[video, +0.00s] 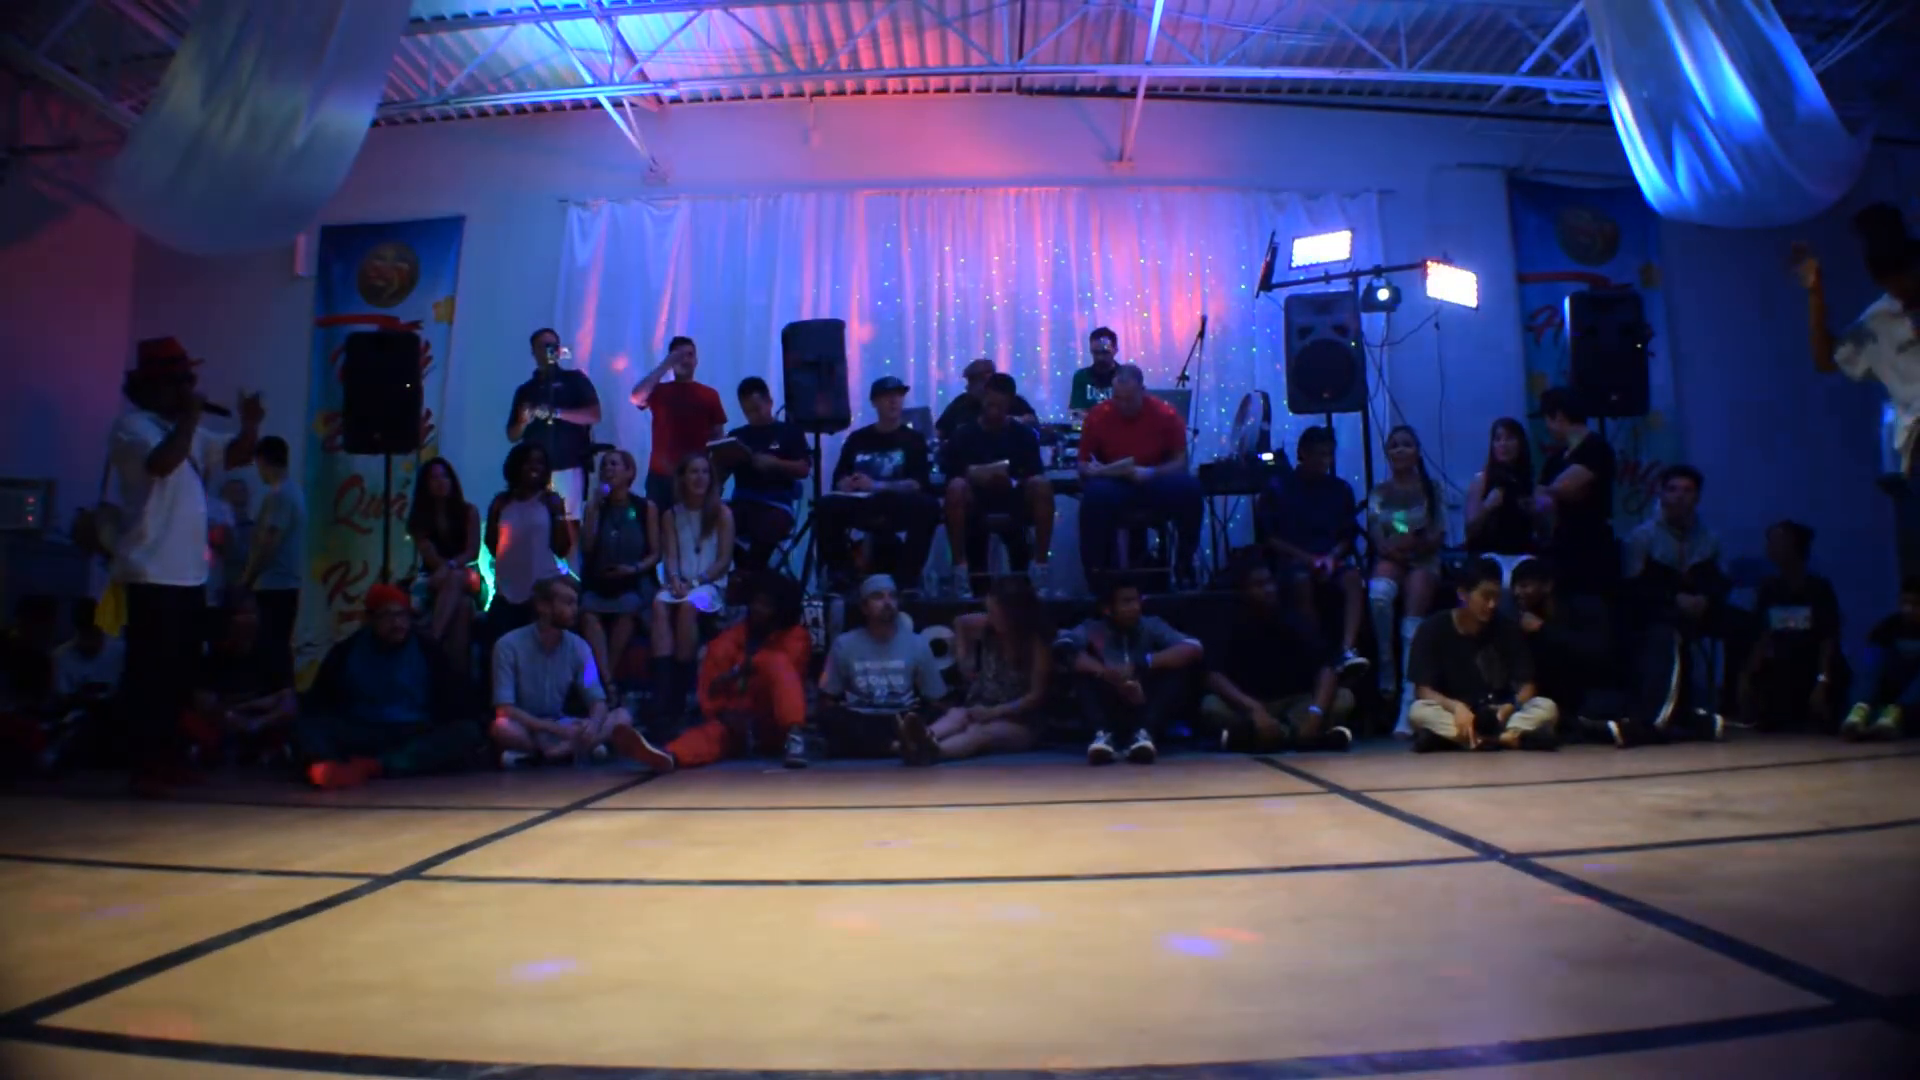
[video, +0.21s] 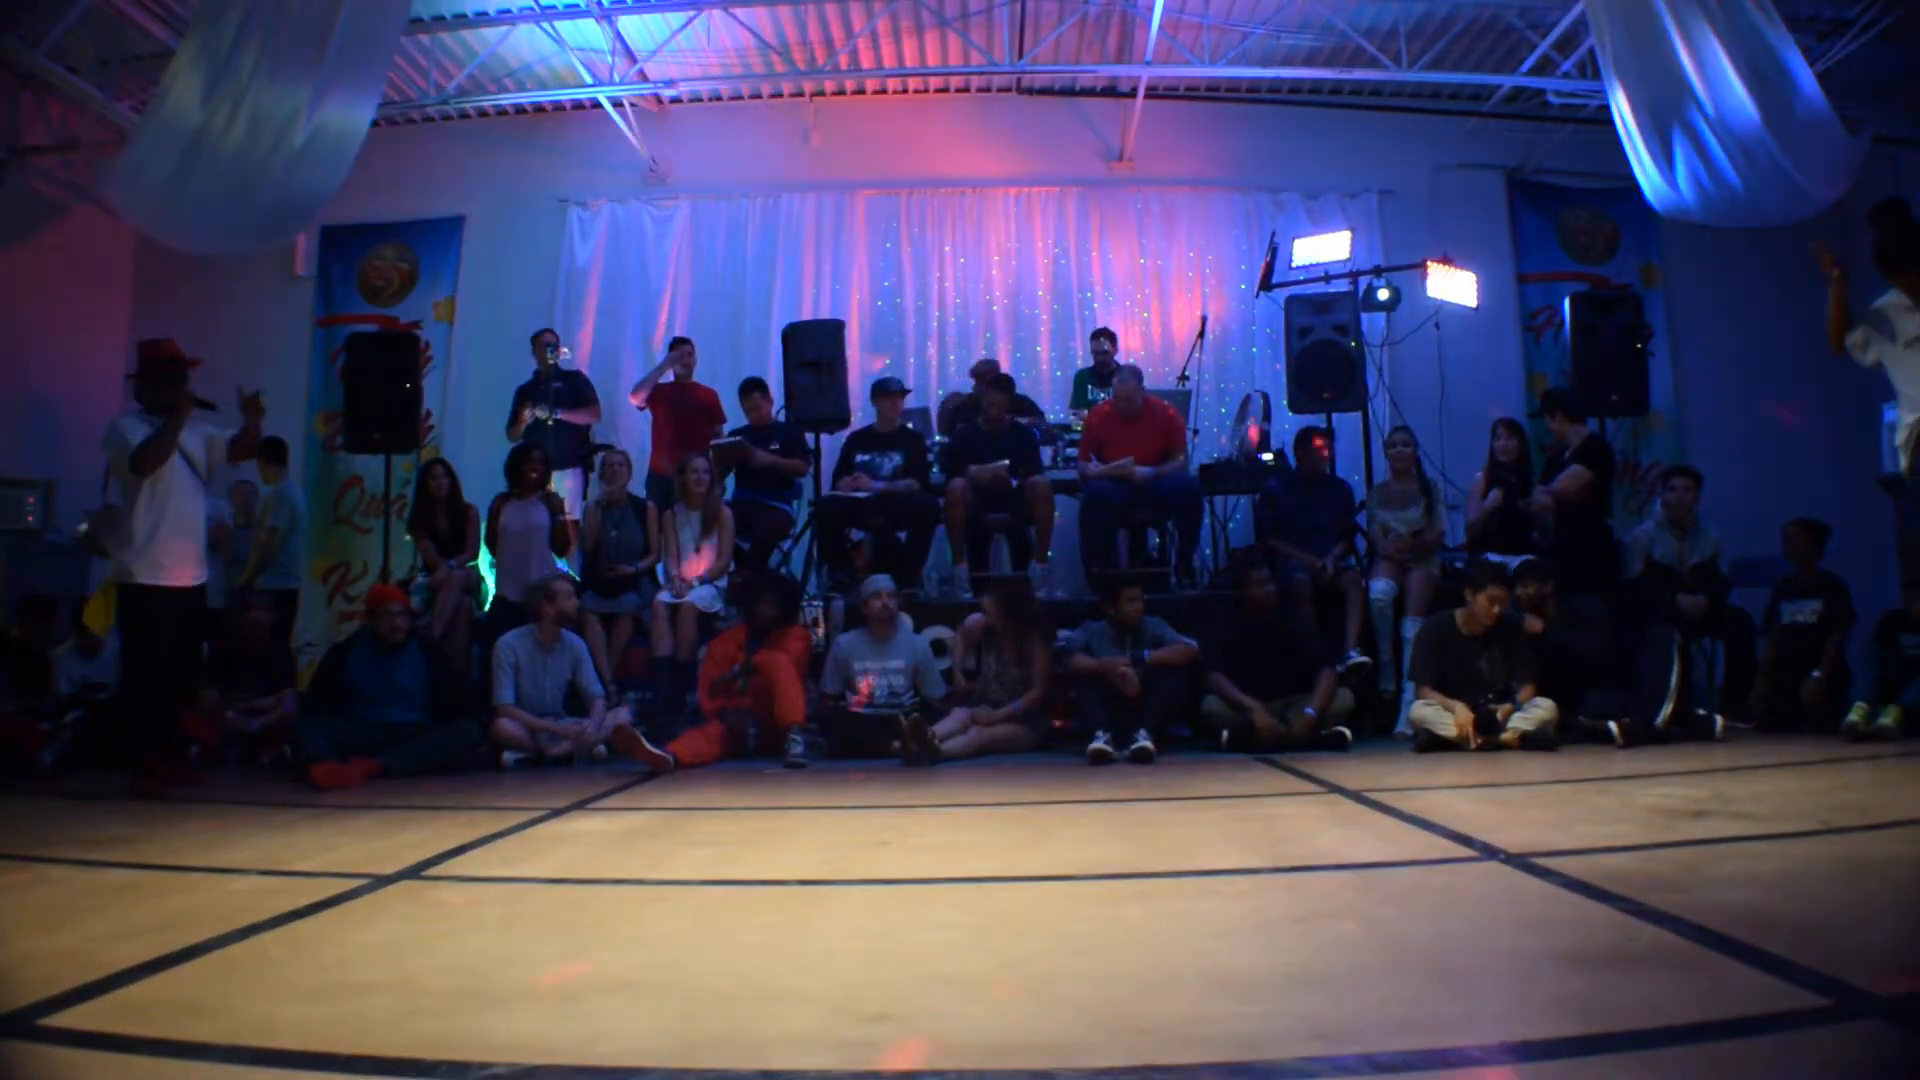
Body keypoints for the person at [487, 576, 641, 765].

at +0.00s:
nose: (574, 609)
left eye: (575, 603)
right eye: (567, 603)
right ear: (543, 607)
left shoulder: (579, 647)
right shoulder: (509, 645)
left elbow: (598, 701)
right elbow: (505, 709)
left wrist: (593, 725)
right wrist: (556, 729)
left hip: (564, 722)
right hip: (527, 722)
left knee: (622, 716)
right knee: (501, 727)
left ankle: (560, 750)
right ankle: (577, 747)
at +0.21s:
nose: (576, 602)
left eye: (574, 596)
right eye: (569, 597)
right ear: (547, 606)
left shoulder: (575, 644)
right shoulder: (509, 645)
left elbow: (597, 697)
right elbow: (504, 707)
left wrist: (592, 726)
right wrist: (555, 728)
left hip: (564, 721)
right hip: (528, 723)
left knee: (623, 715)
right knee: (503, 727)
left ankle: (559, 750)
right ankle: (578, 748)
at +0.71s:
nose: (552, 590)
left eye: (549, 586)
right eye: (545, 587)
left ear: (531, 602)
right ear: (527, 601)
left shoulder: (557, 632)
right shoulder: (499, 643)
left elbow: (575, 680)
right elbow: (502, 706)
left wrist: (587, 721)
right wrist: (560, 728)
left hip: (561, 717)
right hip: (527, 720)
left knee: (620, 712)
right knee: (503, 728)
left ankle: (557, 750)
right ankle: (579, 746)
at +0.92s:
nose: (543, 592)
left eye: (541, 586)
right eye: (535, 587)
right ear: (515, 600)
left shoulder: (553, 632)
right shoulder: (493, 645)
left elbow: (572, 681)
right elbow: (502, 706)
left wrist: (588, 721)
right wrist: (557, 725)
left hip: (560, 714)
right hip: (524, 718)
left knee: (615, 705)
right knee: (503, 728)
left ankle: (553, 748)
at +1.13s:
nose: (542, 592)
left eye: (542, 586)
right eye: (533, 588)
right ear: (513, 600)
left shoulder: (557, 633)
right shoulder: (494, 645)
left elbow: (574, 680)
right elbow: (503, 705)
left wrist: (587, 721)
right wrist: (556, 725)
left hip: (561, 710)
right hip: (525, 716)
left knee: (615, 701)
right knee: (504, 726)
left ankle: (554, 749)